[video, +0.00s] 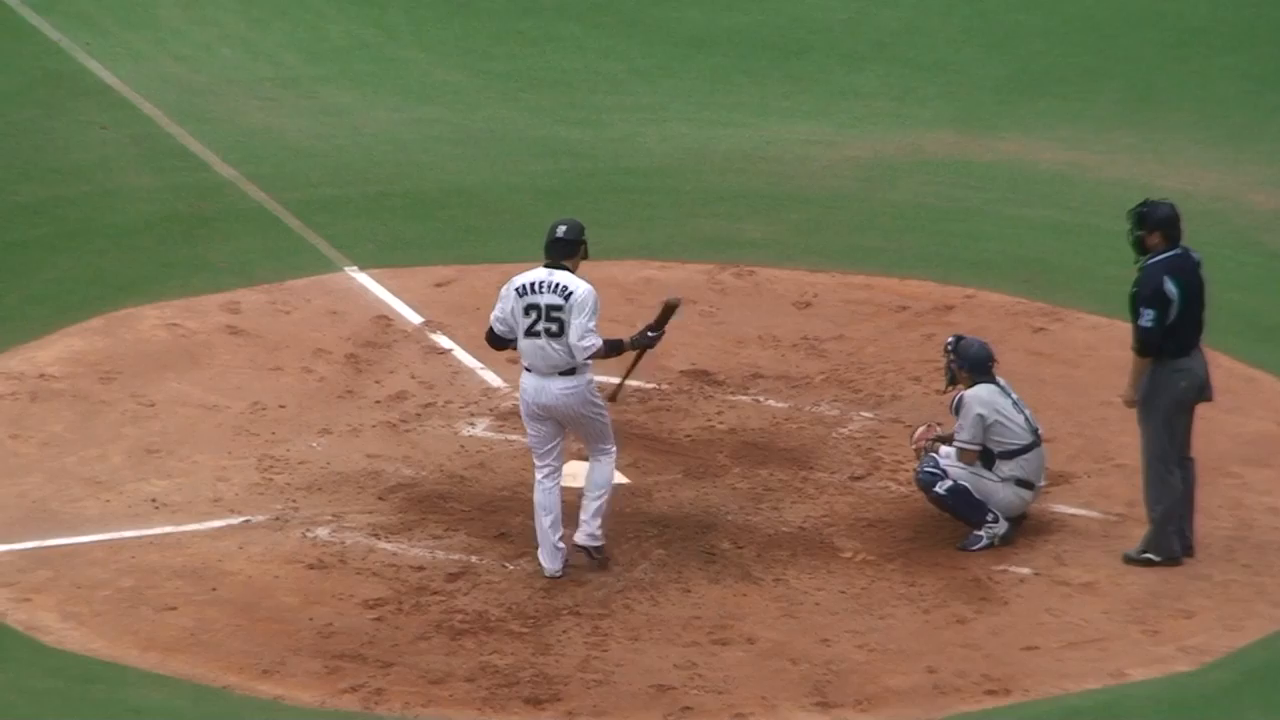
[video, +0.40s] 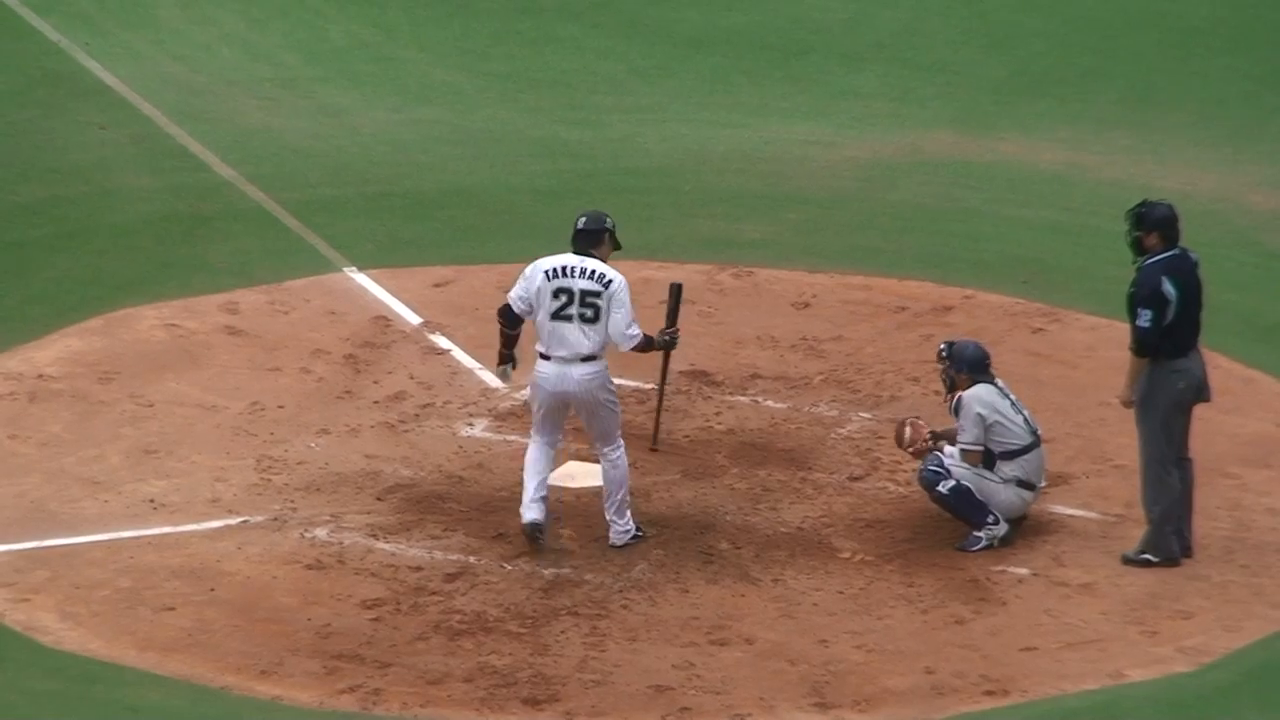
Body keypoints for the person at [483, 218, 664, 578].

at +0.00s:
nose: (584, 254)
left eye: (581, 249)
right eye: (584, 250)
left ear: (547, 250)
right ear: (579, 252)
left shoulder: (517, 284)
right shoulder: (582, 291)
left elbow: (497, 339)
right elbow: (587, 348)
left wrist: (534, 328)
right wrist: (632, 343)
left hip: (532, 388)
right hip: (573, 390)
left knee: (546, 471)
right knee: (602, 452)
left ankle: (551, 559)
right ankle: (589, 534)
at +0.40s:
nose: (612, 249)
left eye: (612, 243)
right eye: (610, 243)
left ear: (576, 240)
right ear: (602, 241)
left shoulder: (541, 268)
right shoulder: (613, 280)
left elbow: (509, 315)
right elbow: (626, 338)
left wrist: (507, 356)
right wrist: (658, 342)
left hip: (547, 375)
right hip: (591, 377)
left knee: (542, 440)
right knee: (610, 447)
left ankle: (532, 512)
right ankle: (621, 527)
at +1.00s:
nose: (570, 241)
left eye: (572, 235)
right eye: (571, 233)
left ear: (537, 224)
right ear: (561, 228)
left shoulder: (494, 250)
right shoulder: (565, 268)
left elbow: (455, 289)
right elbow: (563, 333)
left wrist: (434, 327)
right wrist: (570, 380)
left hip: (496, 356)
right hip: (538, 361)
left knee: (493, 434)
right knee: (530, 432)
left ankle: (485, 517)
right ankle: (522, 507)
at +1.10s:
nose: (569, 240)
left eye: (570, 234)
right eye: (569, 232)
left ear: (536, 224)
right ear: (560, 228)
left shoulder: (495, 251)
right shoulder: (562, 264)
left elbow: (457, 288)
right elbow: (556, 328)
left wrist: (446, 319)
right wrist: (556, 376)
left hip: (500, 355)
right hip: (537, 360)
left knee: (497, 434)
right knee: (530, 434)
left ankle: (487, 516)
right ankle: (516, 502)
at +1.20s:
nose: (570, 241)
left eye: (572, 236)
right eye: (571, 234)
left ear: (537, 223)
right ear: (563, 227)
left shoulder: (497, 252)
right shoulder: (562, 261)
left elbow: (459, 289)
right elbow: (553, 321)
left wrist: (472, 312)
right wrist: (550, 373)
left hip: (504, 356)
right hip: (542, 359)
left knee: (501, 434)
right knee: (542, 433)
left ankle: (488, 516)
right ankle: (538, 508)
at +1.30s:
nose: (576, 241)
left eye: (579, 236)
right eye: (578, 234)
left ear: (543, 223)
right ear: (569, 226)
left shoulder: (504, 251)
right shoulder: (567, 262)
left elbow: (471, 294)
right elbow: (557, 323)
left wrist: (495, 313)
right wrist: (554, 375)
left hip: (512, 355)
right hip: (550, 358)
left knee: (507, 434)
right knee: (564, 433)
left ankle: (490, 516)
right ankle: (573, 511)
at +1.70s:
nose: (635, 245)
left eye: (637, 239)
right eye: (636, 238)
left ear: (603, 229)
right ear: (628, 233)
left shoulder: (567, 259)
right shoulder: (626, 270)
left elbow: (543, 310)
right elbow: (631, 336)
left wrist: (568, 337)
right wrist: (651, 378)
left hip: (577, 362)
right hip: (618, 366)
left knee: (561, 433)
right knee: (641, 445)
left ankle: (522, 506)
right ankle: (642, 530)